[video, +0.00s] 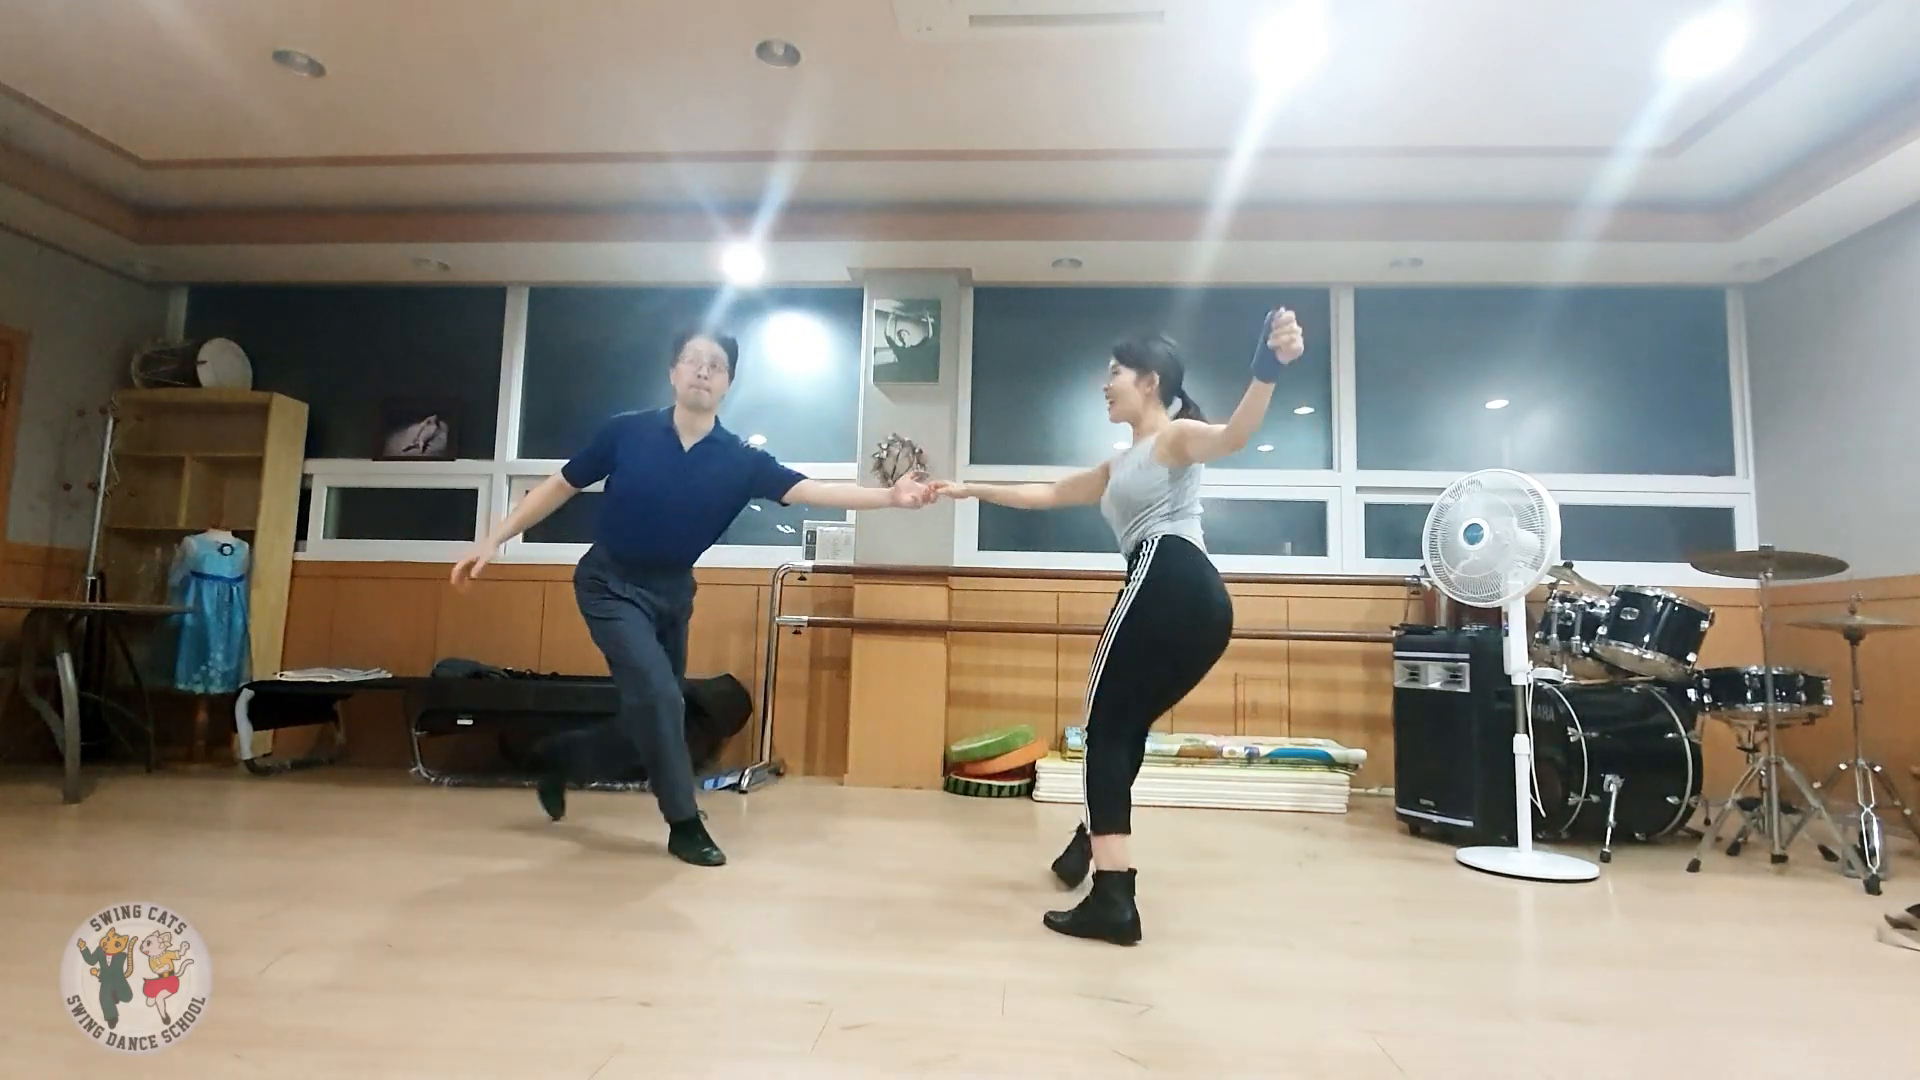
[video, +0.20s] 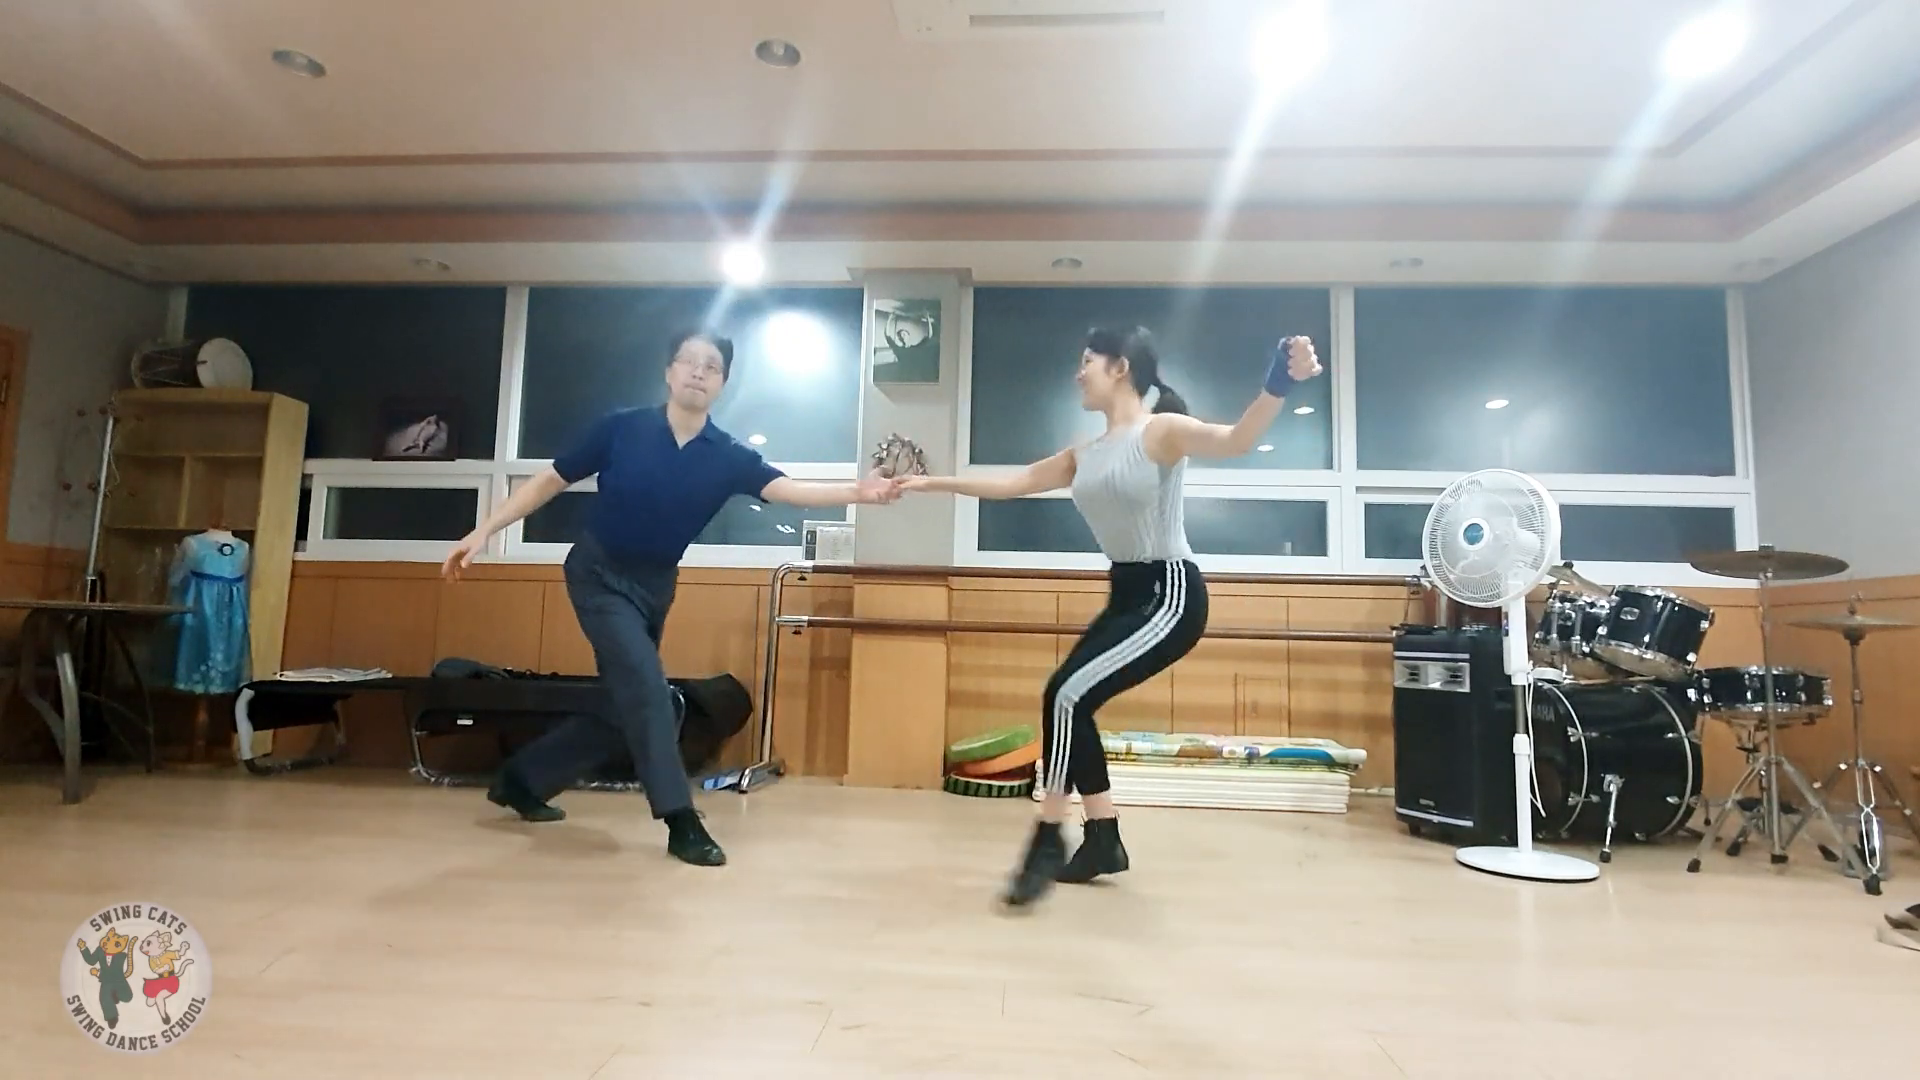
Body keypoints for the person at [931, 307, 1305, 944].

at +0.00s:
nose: (1106, 384)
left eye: (1116, 373)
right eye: (1108, 373)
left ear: (1150, 382)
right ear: (1137, 385)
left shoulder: (1175, 435)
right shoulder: (1118, 467)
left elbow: (1233, 436)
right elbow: (1045, 492)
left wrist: (1269, 364)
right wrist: (964, 487)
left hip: (1167, 579)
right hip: (1204, 606)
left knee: (1106, 725)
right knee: (1127, 726)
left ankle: (1114, 897)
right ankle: (1091, 839)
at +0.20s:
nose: (1078, 372)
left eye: (1088, 362)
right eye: (1081, 362)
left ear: (1121, 369)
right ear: (1114, 372)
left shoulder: (1163, 430)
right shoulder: (1085, 454)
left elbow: (1236, 440)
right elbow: (1010, 483)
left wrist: (1281, 382)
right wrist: (925, 481)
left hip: (1169, 597)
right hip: (1126, 598)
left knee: (1066, 693)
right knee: (1067, 700)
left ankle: (1047, 844)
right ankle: (1103, 839)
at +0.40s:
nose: (1024, 379)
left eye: (1032, 369)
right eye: (1026, 369)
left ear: (1065, 372)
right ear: (1057, 374)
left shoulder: (1121, 439)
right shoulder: (1031, 456)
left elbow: (1208, 469)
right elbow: (956, 487)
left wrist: (1280, 451)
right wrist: (875, 485)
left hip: (1101, 606)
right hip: (1040, 602)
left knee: (1042, 723)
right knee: (1043, 726)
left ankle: (967, 865)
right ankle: (1094, 835)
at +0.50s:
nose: (979, 365)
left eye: (985, 355)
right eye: (981, 356)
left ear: (1015, 360)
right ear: (1011, 363)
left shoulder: (1065, 430)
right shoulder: (984, 444)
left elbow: (1143, 480)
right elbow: (922, 492)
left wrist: (1219, 491)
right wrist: (840, 491)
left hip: (1054, 590)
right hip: (995, 592)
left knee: (1007, 716)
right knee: (1024, 722)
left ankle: (973, 867)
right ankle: (1089, 830)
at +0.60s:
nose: (928, 353)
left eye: (934, 343)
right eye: (930, 343)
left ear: (960, 348)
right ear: (961, 349)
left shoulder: (992, 408)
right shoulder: (948, 422)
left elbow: (1034, 461)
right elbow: (900, 493)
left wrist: (1081, 497)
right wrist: (822, 496)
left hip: (994, 570)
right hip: (958, 574)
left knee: (956, 715)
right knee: (954, 717)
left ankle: (984, 866)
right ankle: (1054, 810)